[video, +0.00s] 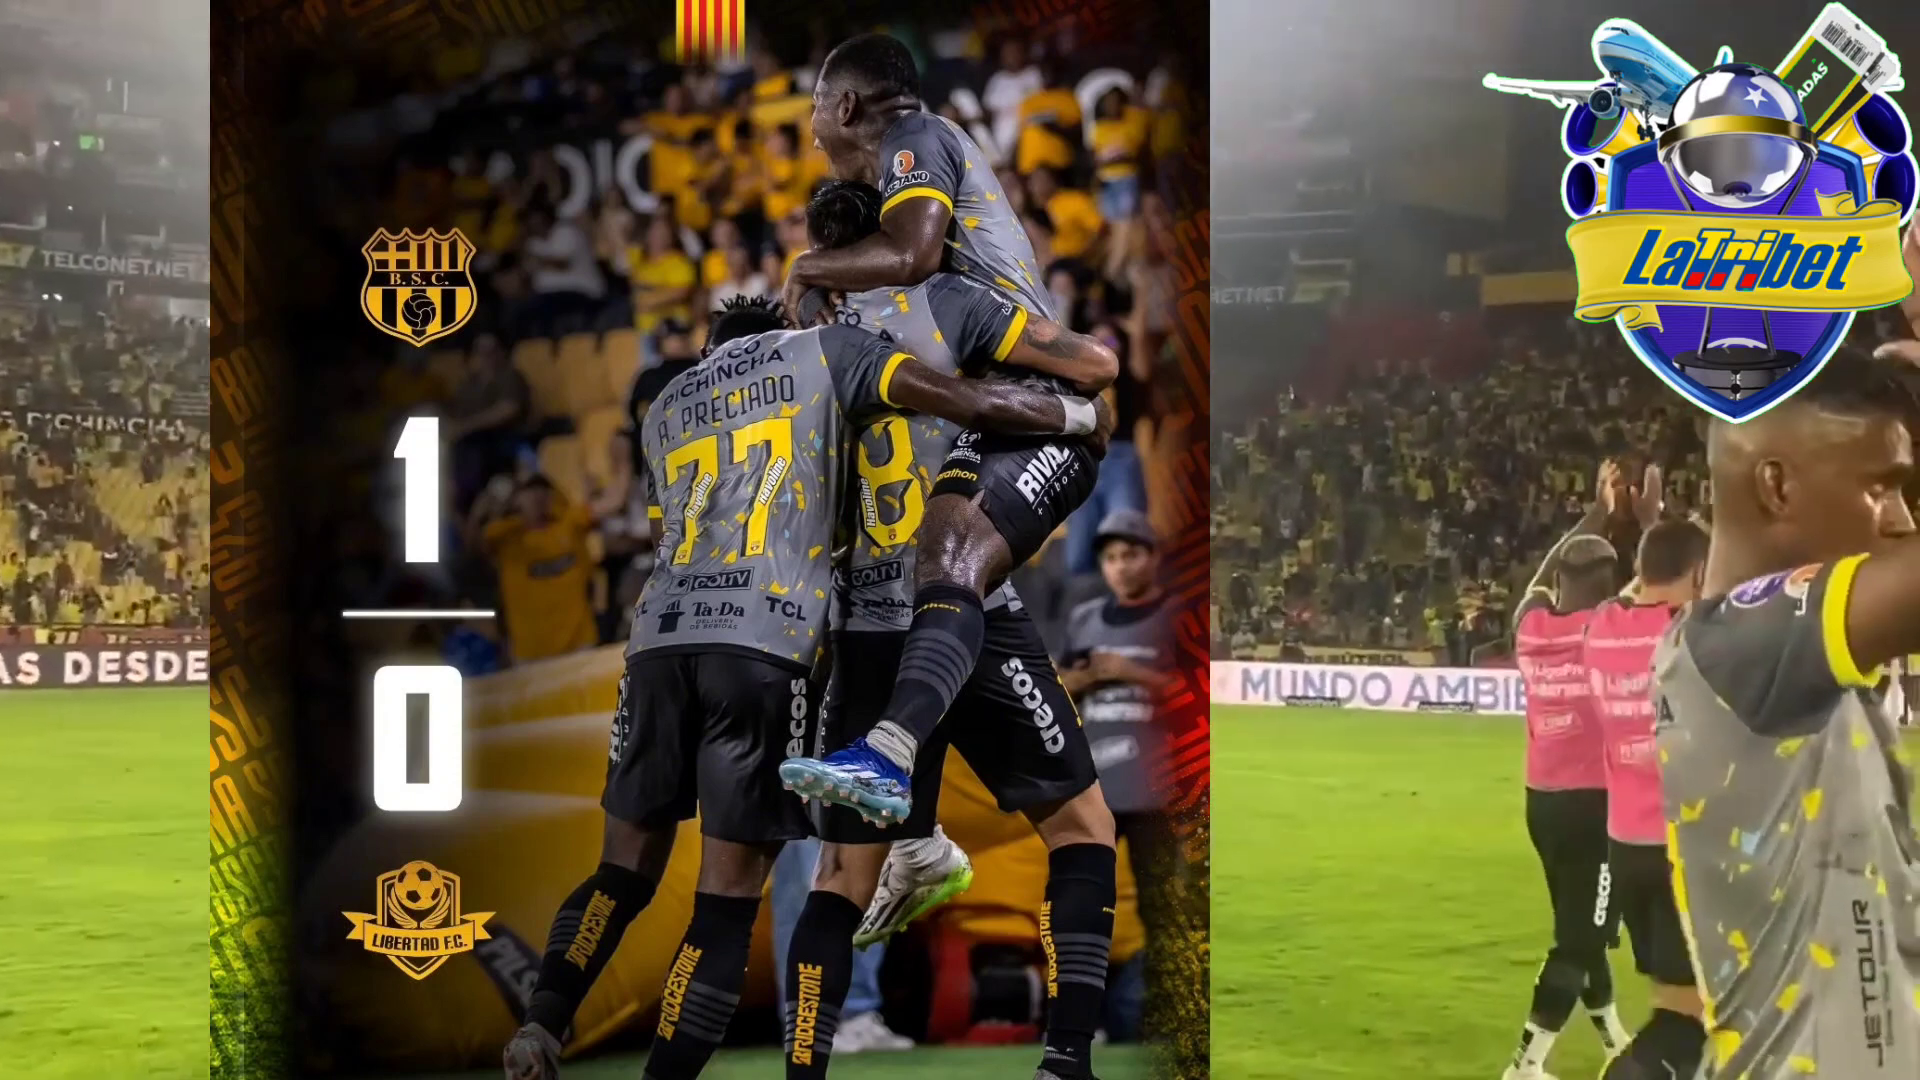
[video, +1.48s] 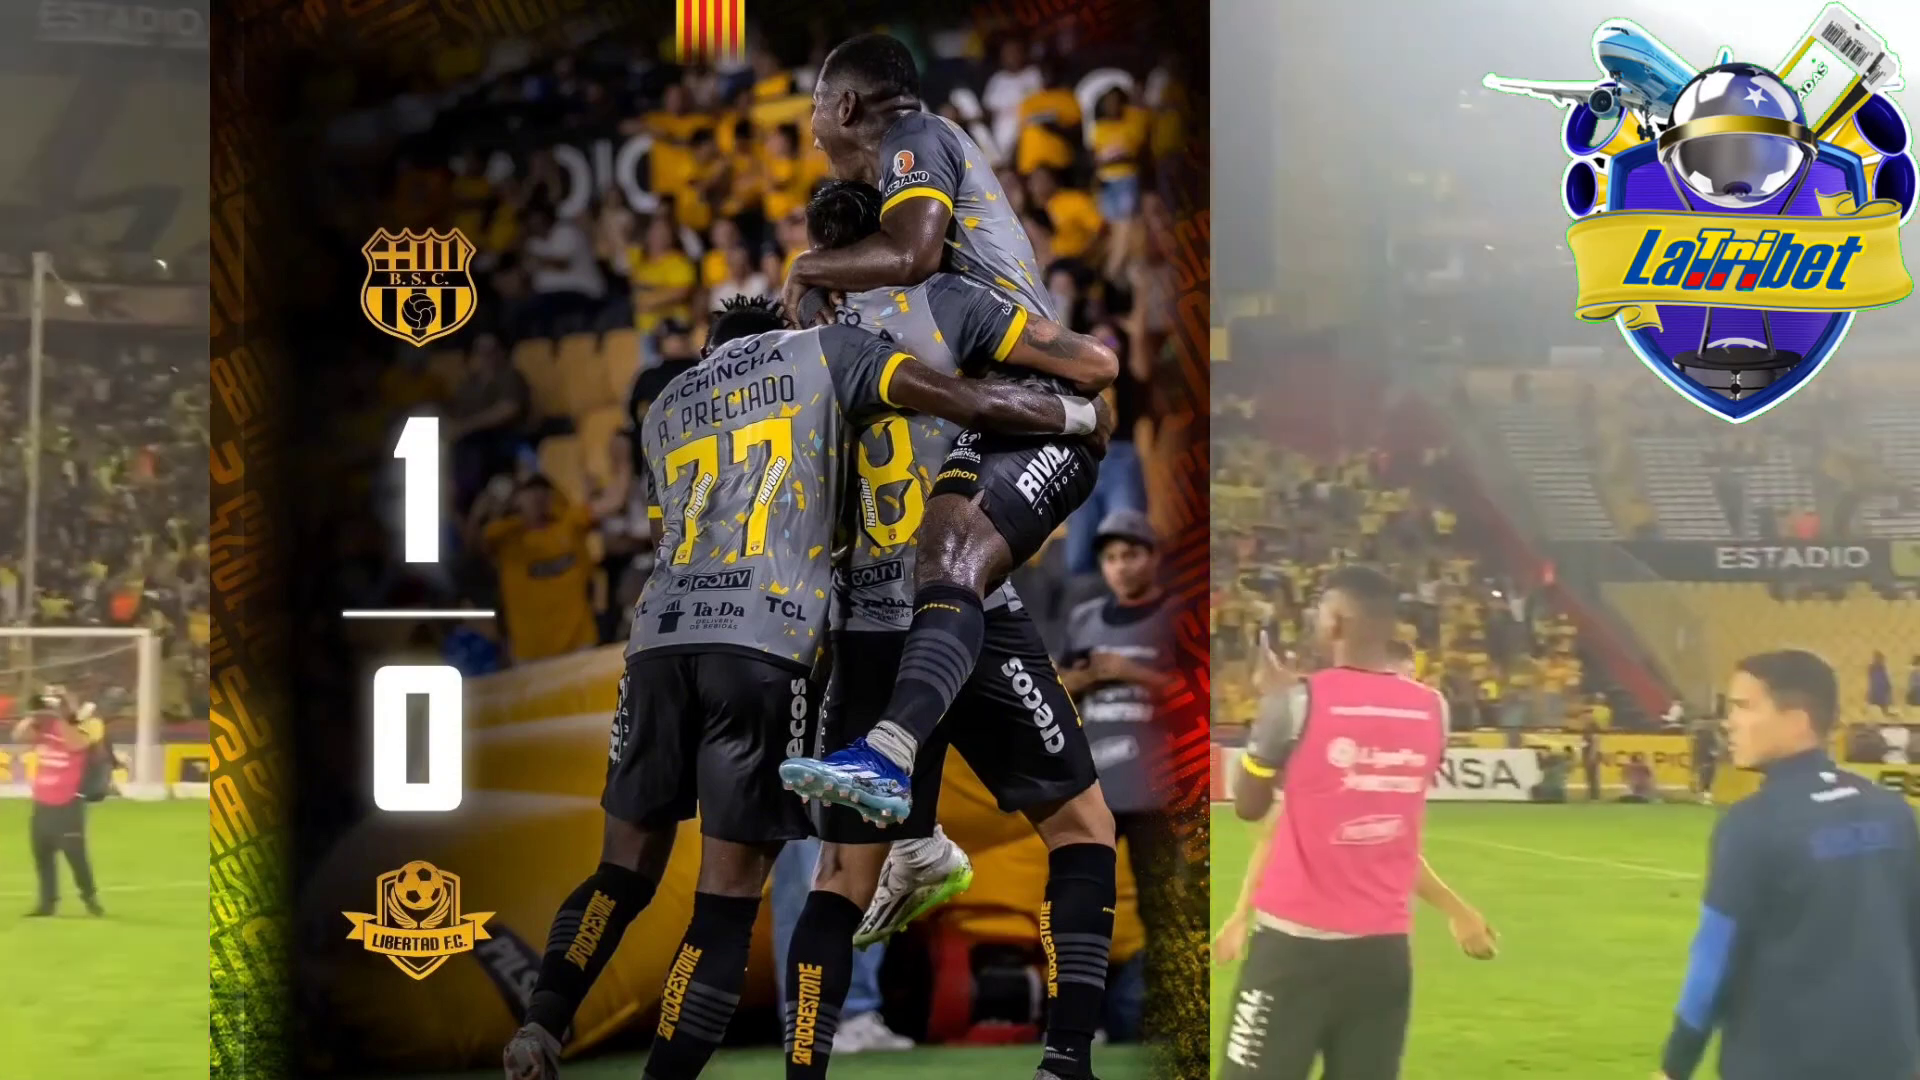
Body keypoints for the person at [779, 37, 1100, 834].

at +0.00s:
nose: (814, 130)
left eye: (821, 110)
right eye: (814, 112)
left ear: (855, 104)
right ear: (878, 107)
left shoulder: (915, 134)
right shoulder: (893, 167)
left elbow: (914, 251)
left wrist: (807, 264)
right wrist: (811, 294)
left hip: (1044, 400)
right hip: (980, 398)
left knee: (953, 556)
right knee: (890, 563)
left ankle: (888, 759)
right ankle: (915, 836)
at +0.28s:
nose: (816, 132)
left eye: (821, 112)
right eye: (814, 114)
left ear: (856, 103)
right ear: (878, 105)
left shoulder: (914, 134)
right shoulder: (898, 161)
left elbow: (914, 250)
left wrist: (808, 264)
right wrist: (813, 295)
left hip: (1041, 400)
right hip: (979, 398)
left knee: (953, 556)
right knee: (891, 563)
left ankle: (888, 757)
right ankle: (914, 837)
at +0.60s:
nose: (816, 134)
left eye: (821, 112)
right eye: (814, 115)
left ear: (857, 102)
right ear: (877, 105)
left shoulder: (914, 131)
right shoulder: (897, 166)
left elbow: (914, 251)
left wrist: (808, 265)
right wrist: (804, 301)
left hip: (1040, 403)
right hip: (978, 401)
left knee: (953, 557)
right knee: (888, 565)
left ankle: (886, 756)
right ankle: (917, 839)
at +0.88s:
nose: (814, 132)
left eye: (820, 111)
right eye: (813, 113)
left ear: (855, 105)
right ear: (879, 107)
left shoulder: (914, 135)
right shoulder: (908, 154)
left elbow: (915, 250)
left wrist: (807, 265)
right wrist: (799, 303)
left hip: (1041, 401)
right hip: (980, 399)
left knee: (952, 556)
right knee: (888, 563)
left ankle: (888, 756)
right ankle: (917, 840)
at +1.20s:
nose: (815, 129)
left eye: (821, 109)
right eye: (814, 111)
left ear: (856, 102)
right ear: (878, 104)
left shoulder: (915, 133)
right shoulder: (895, 165)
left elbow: (914, 251)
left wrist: (808, 265)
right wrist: (811, 295)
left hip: (1043, 402)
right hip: (978, 399)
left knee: (954, 554)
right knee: (890, 562)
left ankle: (888, 758)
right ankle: (914, 837)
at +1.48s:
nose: (816, 128)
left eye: (821, 109)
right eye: (815, 111)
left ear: (855, 102)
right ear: (880, 103)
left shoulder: (915, 134)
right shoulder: (901, 163)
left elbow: (914, 250)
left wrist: (806, 265)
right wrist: (817, 295)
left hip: (1045, 401)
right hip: (982, 398)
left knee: (952, 554)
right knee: (891, 564)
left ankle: (889, 756)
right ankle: (916, 838)